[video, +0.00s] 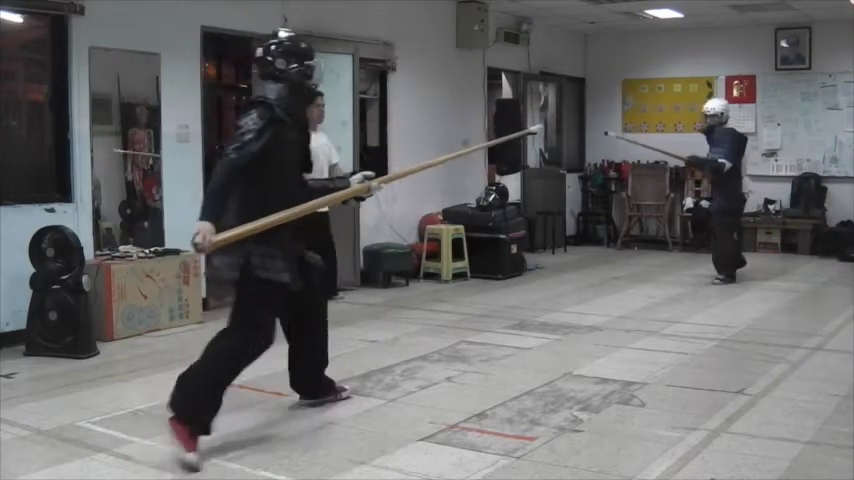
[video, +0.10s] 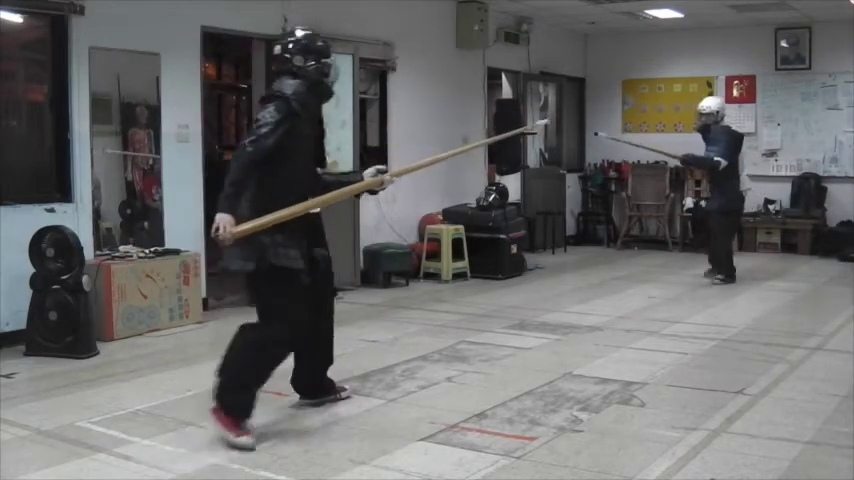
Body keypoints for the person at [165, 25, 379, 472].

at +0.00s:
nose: (311, 79)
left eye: (310, 71)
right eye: (303, 71)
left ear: (288, 75)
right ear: (282, 74)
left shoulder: (292, 120)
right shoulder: (263, 117)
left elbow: (293, 189)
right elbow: (229, 165)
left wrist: (345, 187)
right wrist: (208, 219)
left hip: (288, 241)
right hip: (259, 243)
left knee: (308, 307)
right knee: (251, 332)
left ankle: (311, 382)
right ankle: (187, 410)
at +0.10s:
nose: (326, 68)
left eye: (326, 60)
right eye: (318, 61)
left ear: (316, 64)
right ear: (296, 63)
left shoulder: (309, 109)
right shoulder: (283, 104)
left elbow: (310, 180)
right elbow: (246, 154)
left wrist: (361, 182)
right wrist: (227, 209)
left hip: (304, 226)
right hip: (272, 227)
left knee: (319, 300)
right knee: (283, 319)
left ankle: (313, 384)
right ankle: (230, 407)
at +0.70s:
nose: (387, 76)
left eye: (386, 69)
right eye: (379, 69)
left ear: (362, 73)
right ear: (360, 72)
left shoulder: (369, 113)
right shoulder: (345, 111)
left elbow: (367, 186)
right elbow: (308, 162)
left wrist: (410, 184)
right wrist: (299, 212)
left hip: (348, 228)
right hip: (328, 230)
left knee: (381, 281)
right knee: (362, 314)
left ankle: (376, 355)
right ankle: (332, 392)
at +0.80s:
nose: (397, 82)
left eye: (396, 75)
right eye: (390, 76)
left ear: (372, 80)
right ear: (374, 79)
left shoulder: (378, 122)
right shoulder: (355, 120)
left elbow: (377, 189)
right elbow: (320, 166)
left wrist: (421, 188)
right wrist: (315, 217)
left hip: (360, 230)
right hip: (341, 233)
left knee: (390, 281)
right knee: (375, 315)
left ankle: (409, 349)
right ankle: (333, 391)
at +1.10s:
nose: (445, 104)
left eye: (444, 98)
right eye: (440, 98)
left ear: (416, 99)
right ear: (425, 99)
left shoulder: (425, 136)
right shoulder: (410, 130)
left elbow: (442, 186)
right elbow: (380, 165)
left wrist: (480, 187)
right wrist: (396, 218)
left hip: (390, 233)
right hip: (373, 234)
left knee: (423, 279)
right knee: (385, 308)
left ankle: (427, 352)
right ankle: (335, 384)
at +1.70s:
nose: (415, 94)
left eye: (414, 87)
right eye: (410, 87)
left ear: (388, 89)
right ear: (395, 90)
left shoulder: (393, 132)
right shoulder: (372, 131)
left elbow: (397, 186)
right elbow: (340, 169)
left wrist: (435, 186)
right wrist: (334, 217)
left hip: (373, 235)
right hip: (351, 236)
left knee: (396, 291)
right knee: (366, 315)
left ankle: (415, 352)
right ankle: (317, 387)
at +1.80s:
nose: (409, 90)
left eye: (408, 82)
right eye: (403, 83)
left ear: (380, 84)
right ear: (387, 84)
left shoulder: (386, 125)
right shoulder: (364, 121)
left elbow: (401, 182)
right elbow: (331, 163)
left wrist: (442, 182)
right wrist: (320, 215)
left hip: (363, 230)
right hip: (342, 232)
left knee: (394, 271)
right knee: (363, 309)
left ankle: (381, 358)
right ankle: (316, 386)